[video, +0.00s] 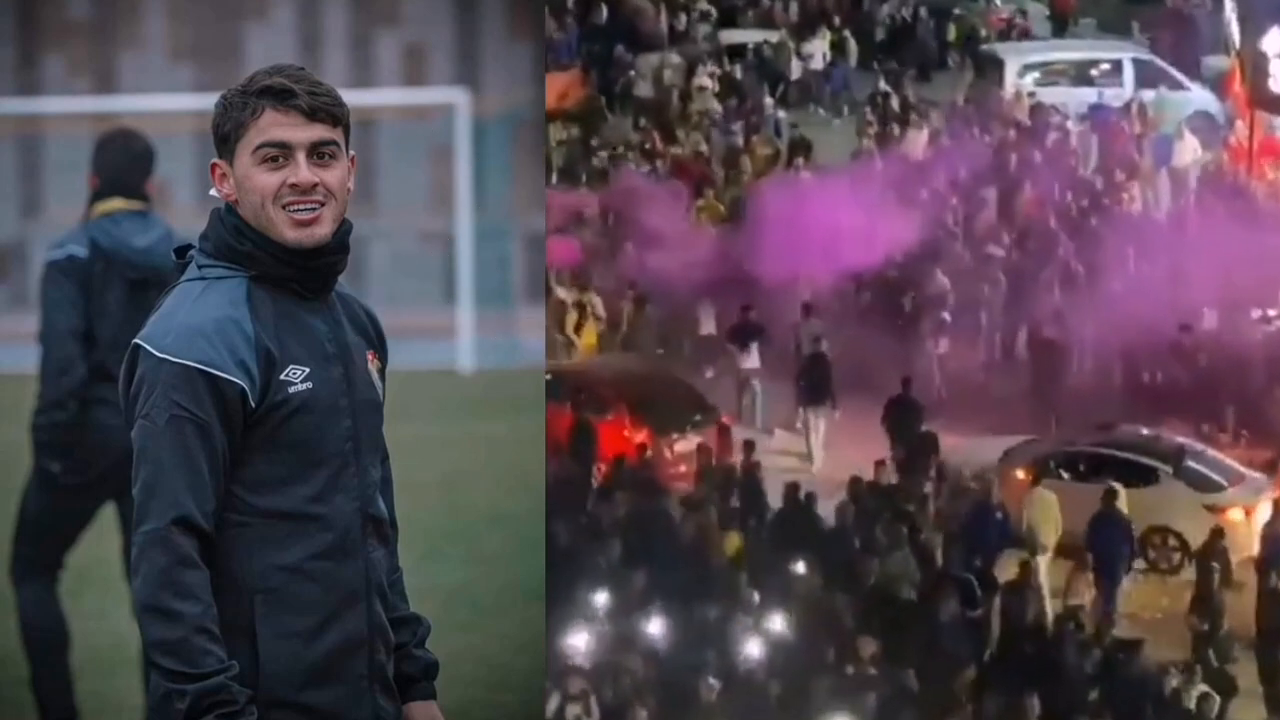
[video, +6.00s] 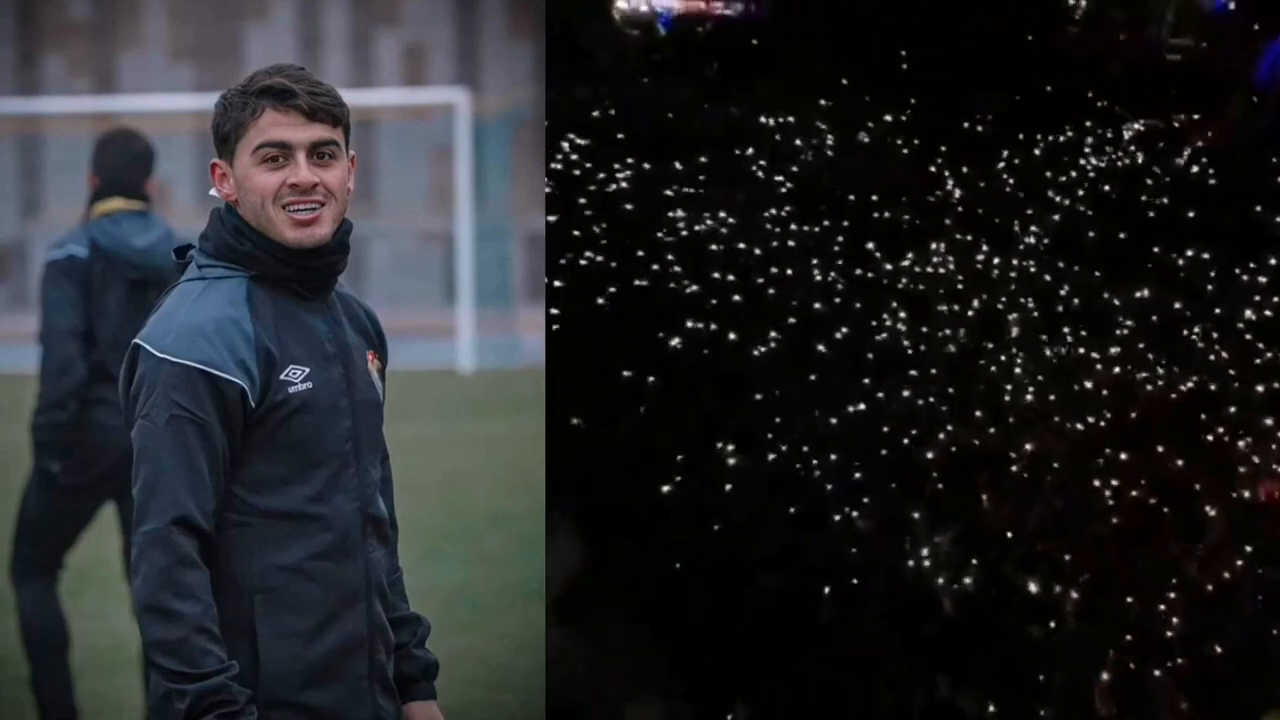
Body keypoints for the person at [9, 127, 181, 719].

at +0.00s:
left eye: (93, 174)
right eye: (150, 179)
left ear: (94, 180)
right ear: (152, 186)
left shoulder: (73, 253)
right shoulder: (178, 254)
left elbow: (64, 362)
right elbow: (190, 352)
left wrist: (50, 442)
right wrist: (175, 429)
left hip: (88, 448)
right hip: (158, 447)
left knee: (33, 569)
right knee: (157, 581)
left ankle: (57, 709)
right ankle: (167, 706)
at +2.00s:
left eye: (93, 173)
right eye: (150, 178)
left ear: (94, 180)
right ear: (152, 185)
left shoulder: (73, 254)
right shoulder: (178, 255)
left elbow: (65, 363)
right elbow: (191, 352)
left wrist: (51, 442)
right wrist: (175, 429)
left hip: (87, 449)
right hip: (158, 448)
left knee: (33, 570)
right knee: (157, 580)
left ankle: (57, 707)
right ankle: (167, 704)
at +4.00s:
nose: (95, 182)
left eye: (92, 173)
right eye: (150, 178)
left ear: (94, 180)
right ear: (152, 185)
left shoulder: (73, 254)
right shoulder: (178, 255)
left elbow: (65, 363)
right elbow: (191, 352)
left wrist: (51, 442)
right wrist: (175, 429)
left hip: (87, 449)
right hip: (158, 448)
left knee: (34, 570)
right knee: (157, 580)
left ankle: (57, 707)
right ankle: (167, 704)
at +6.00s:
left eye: (92, 173)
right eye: (150, 178)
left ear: (94, 180)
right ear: (152, 185)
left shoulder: (73, 254)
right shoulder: (178, 255)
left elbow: (65, 363)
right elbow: (191, 352)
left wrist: (51, 442)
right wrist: (175, 429)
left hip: (87, 449)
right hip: (158, 448)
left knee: (34, 570)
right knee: (157, 580)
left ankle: (57, 707)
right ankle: (167, 704)